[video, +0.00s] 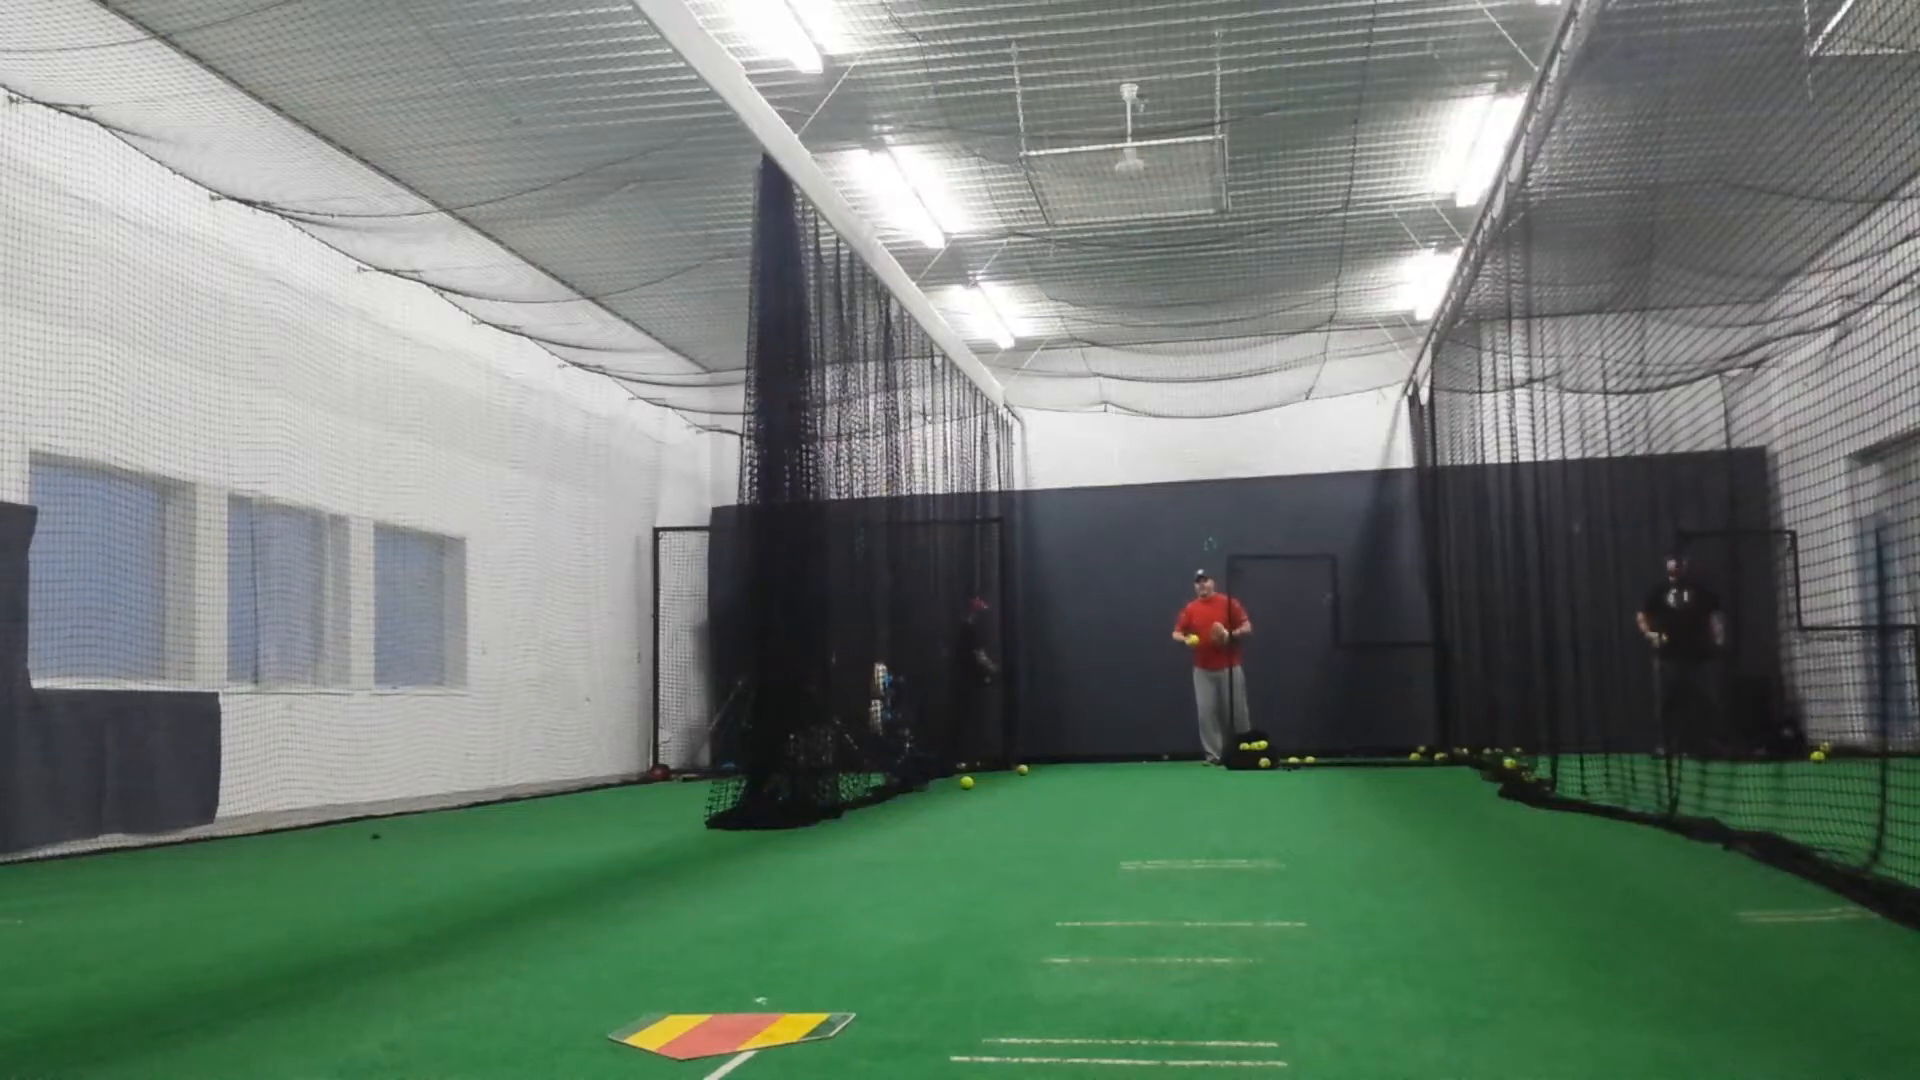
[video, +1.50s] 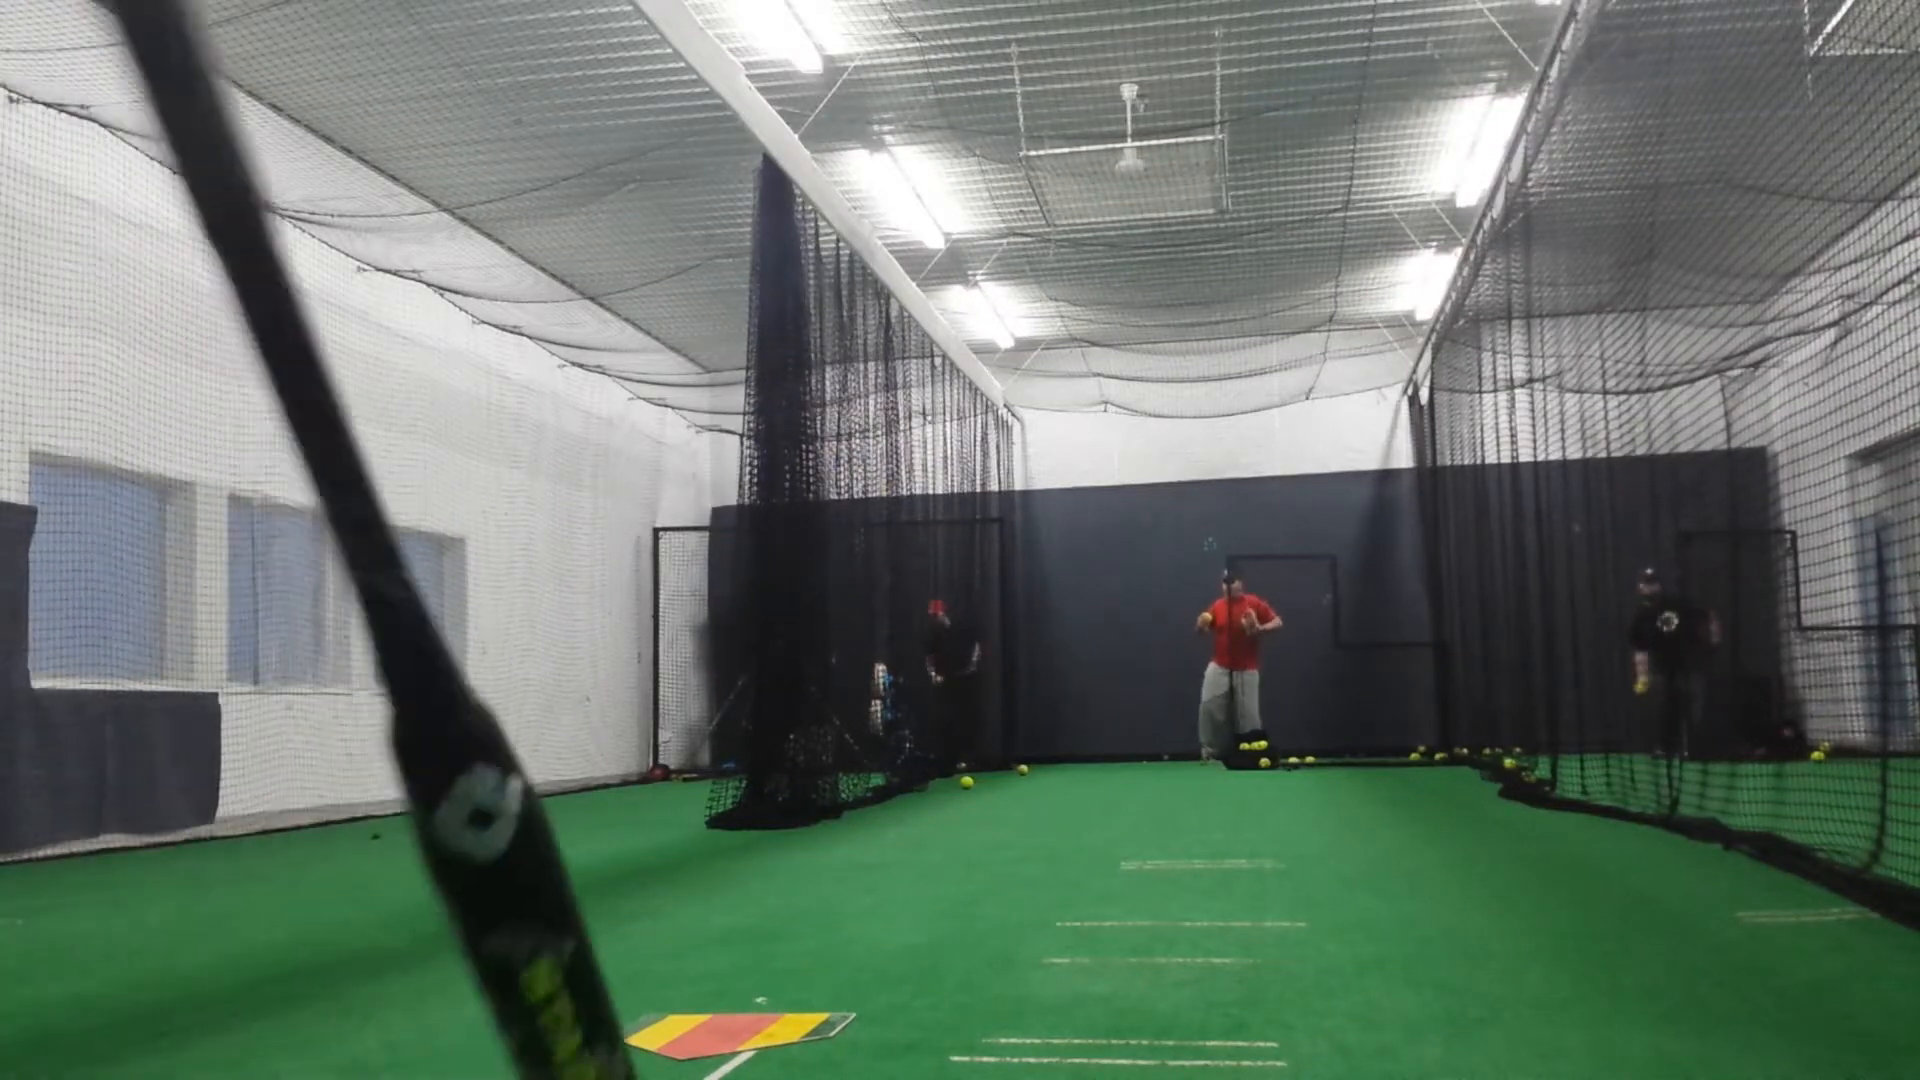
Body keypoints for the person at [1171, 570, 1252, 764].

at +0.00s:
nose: (1202, 585)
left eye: (1205, 581)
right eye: (1198, 582)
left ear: (1213, 583)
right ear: (1194, 586)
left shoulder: (1229, 604)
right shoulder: (1190, 609)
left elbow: (1247, 627)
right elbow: (1176, 633)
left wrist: (1230, 634)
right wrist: (1186, 638)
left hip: (1229, 667)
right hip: (1204, 669)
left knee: (1237, 710)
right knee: (1206, 712)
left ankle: (1244, 751)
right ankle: (1213, 753)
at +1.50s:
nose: (1228, 586)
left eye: (1232, 582)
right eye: (1225, 582)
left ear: (1241, 583)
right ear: (1222, 585)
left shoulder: (1253, 603)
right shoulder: (1218, 605)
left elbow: (1277, 622)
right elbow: (1206, 630)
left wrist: (1259, 628)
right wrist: (1202, 624)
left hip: (1246, 667)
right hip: (1220, 665)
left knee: (1248, 710)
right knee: (1209, 705)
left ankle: (1252, 751)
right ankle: (1209, 750)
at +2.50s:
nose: (1205, 583)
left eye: (1208, 579)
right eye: (1201, 579)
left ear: (1214, 582)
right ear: (1195, 583)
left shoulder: (1226, 602)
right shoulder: (1189, 606)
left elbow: (1248, 623)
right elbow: (1176, 632)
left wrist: (1231, 632)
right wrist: (1174, 629)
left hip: (1226, 666)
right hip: (1201, 668)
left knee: (1236, 710)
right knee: (1200, 712)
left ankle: (1245, 751)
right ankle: (1205, 754)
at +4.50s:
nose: (1197, 583)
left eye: (1200, 579)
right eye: (1193, 579)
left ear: (1207, 582)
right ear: (1188, 583)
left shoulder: (1221, 601)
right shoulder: (1182, 605)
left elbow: (1238, 623)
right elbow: (1167, 631)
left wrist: (1224, 630)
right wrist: (1176, 629)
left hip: (1220, 665)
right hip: (1195, 667)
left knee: (1233, 708)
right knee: (1196, 711)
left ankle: (1241, 750)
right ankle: (1199, 752)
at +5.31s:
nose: (1222, 586)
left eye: (1225, 582)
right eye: (1219, 582)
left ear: (1233, 584)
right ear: (1214, 585)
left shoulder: (1245, 605)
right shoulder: (1208, 608)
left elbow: (1268, 627)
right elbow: (1192, 633)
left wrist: (1248, 628)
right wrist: (1191, 625)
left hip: (1240, 669)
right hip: (1212, 669)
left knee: (1243, 711)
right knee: (1205, 707)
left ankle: (1244, 752)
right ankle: (1201, 752)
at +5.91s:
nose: (1225, 582)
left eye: (1228, 578)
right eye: (1221, 578)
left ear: (1236, 580)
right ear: (1217, 582)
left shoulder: (1248, 602)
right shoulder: (1212, 603)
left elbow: (1271, 622)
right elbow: (1201, 624)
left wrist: (1251, 628)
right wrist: (1193, 618)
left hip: (1239, 665)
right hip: (1213, 662)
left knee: (1241, 709)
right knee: (1197, 699)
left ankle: (1240, 749)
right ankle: (1193, 743)